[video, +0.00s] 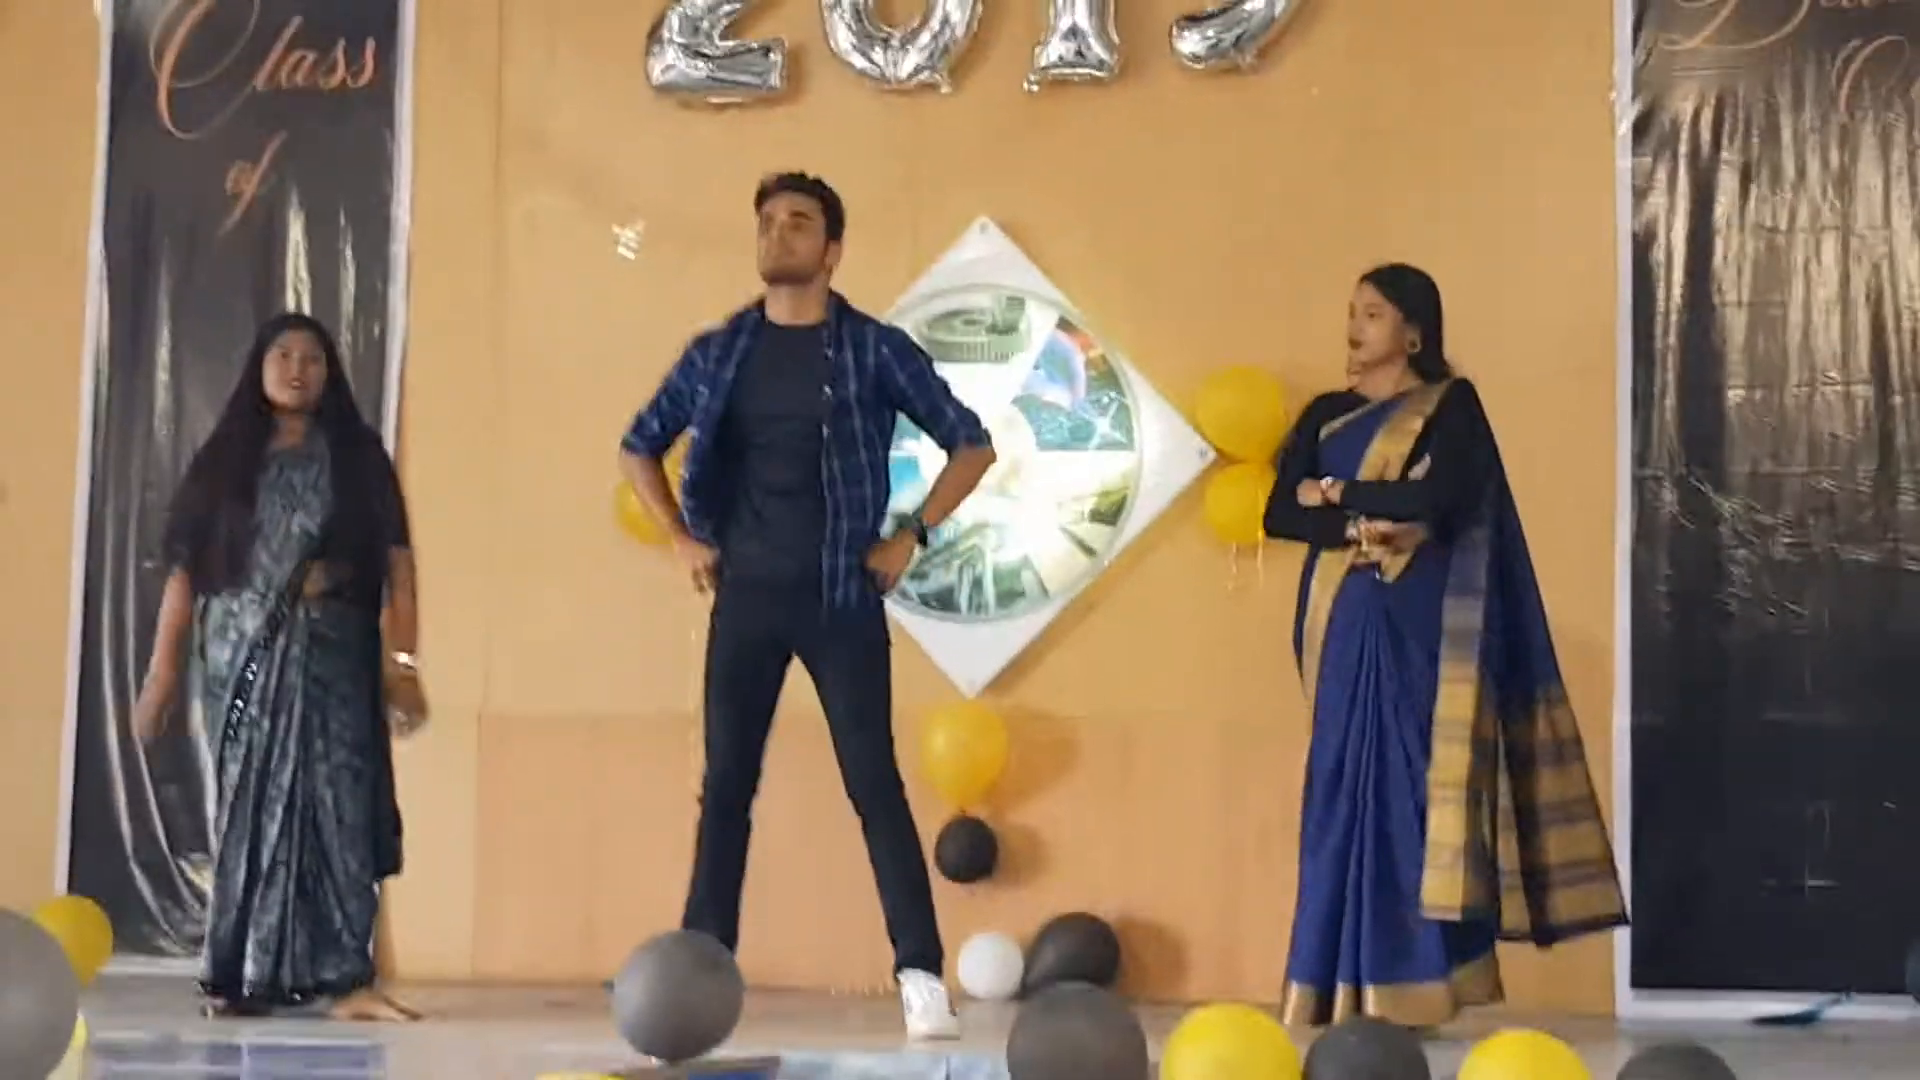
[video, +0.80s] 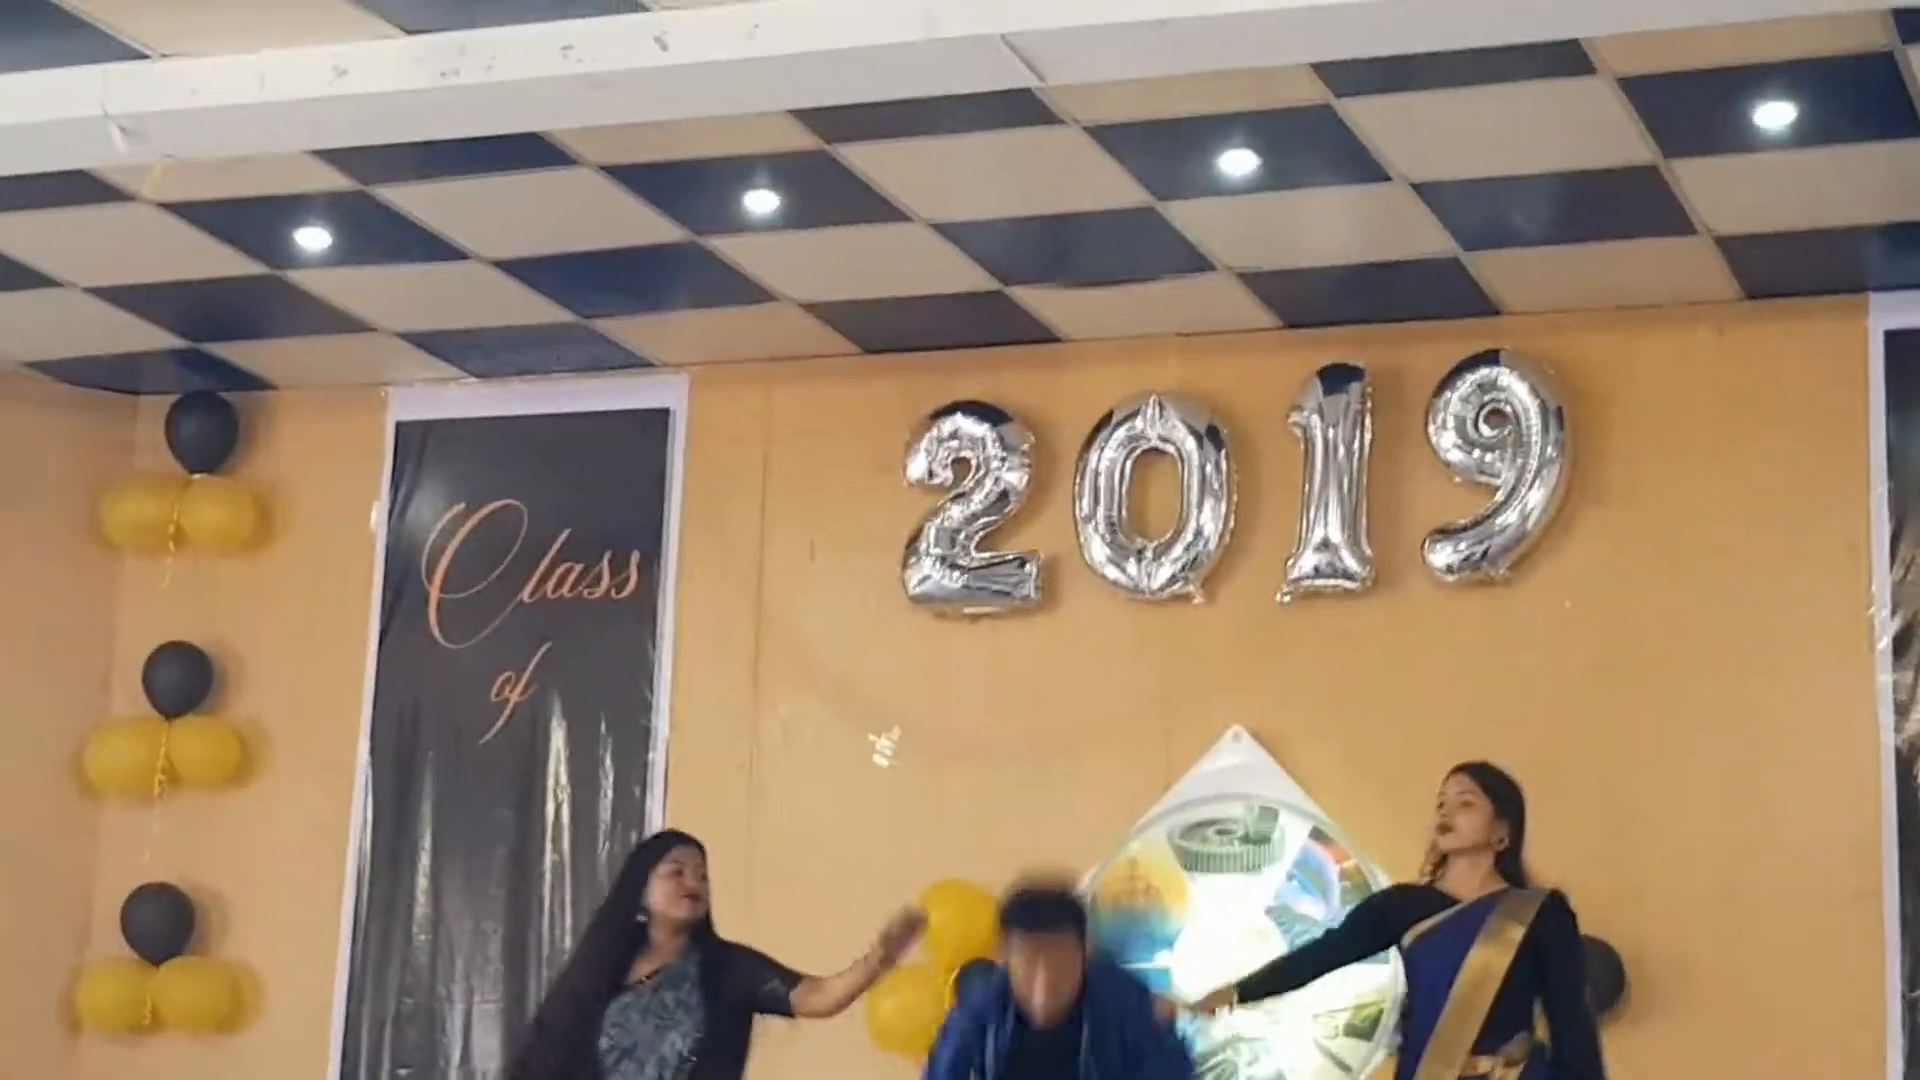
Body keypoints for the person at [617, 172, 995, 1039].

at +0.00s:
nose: (781, 233)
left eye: (800, 223)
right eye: (770, 223)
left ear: (833, 248)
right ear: (753, 246)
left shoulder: (876, 346)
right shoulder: (718, 350)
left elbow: (973, 446)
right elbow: (639, 448)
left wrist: (912, 533)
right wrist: (682, 536)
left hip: (843, 598)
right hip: (746, 598)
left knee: (874, 786)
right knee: (726, 784)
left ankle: (918, 971)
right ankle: (703, 972)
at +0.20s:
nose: (787, 351)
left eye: (805, 338)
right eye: (777, 338)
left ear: (839, 354)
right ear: (763, 351)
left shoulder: (880, 461)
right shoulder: (728, 459)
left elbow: (966, 557)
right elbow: (640, 547)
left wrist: (903, 649)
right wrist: (677, 643)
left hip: (837, 704)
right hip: (742, 704)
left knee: (871, 889)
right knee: (731, 886)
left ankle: (915, 1065)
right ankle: (709, 1062)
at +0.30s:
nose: (801, 466)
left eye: (820, 453)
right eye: (790, 453)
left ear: (855, 470)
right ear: (777, 466)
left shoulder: (895, 571)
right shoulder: (742, 569)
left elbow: (985, 669)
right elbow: (651, 664)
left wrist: (921, 763)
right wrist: (692, 758)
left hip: (851, 820)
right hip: (756, 817)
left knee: (884, 1011)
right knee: (742, 1007)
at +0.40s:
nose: (869, 596)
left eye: (884, 578)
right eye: (858, 579)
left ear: (915, 584)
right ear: (845, 585)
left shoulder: (957, 691)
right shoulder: (820, 690)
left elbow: (1048, 788)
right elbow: (723, 785)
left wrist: (985, 879)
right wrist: (773, 880)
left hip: (914, 929)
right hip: (826, 924)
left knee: (939, 1070)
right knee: (814, 1070)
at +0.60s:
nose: (996, 754)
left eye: (1014, 736)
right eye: (982, 736)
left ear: (1045, 742)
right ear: (967, 741)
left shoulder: (1091, 836)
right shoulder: (927, 834)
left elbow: (1182, 939)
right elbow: (850, 937)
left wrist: (1113, 984)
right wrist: (881, 1012)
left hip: (1048, 1065)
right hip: (949, 1065)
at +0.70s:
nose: (1015, 835)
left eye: (1033, 815)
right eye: (1001, 816)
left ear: (1062, 814)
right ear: (984, 817)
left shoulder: (1106, 894)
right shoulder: (948, 895)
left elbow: (1189, 1013)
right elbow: (879, 1014)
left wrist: (1122, 1032)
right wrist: (897, 1073)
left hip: (1070, 1070)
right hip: (974, 1069)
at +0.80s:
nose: (1042, 986)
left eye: (1058, 962)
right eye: (1029, 961)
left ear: (1084, 954)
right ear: (1005, 956)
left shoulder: (1126, 1004)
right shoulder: (977, 1008)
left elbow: (1169, 1070)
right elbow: (944, 1072)